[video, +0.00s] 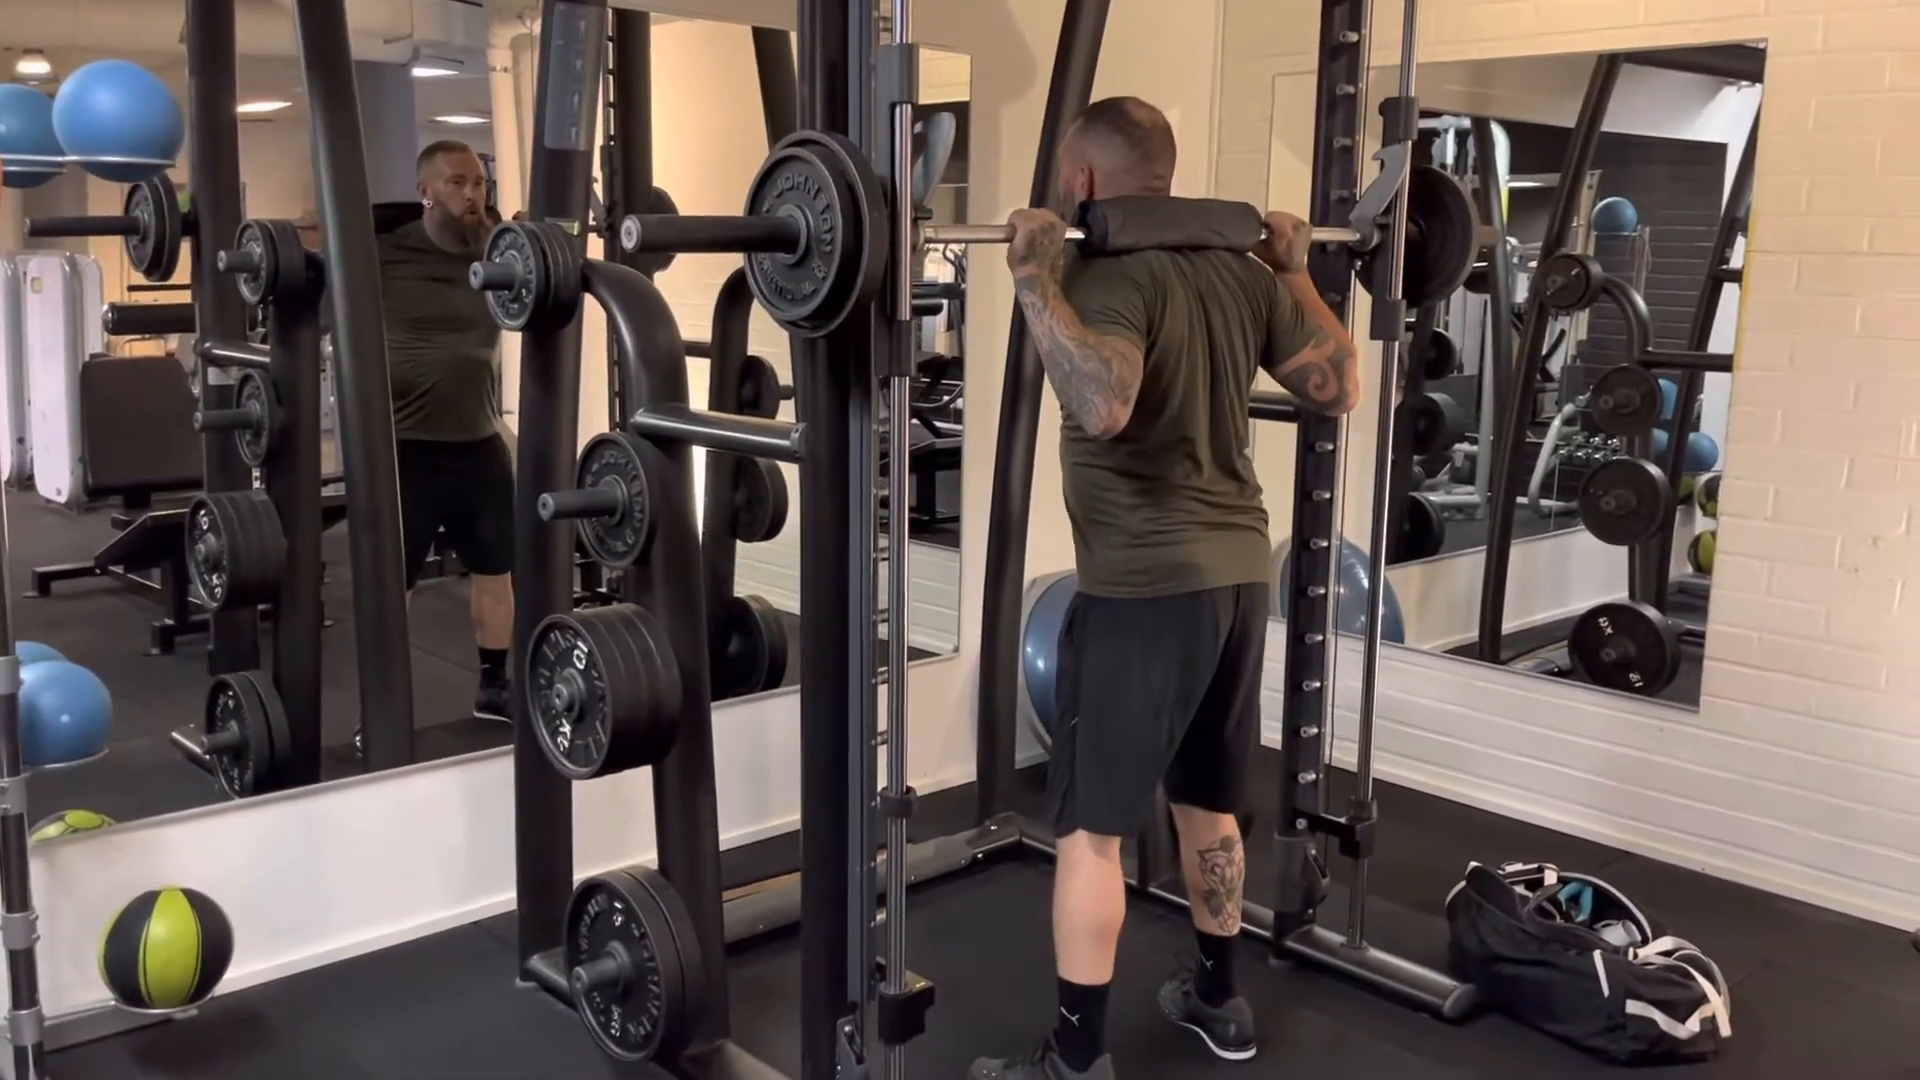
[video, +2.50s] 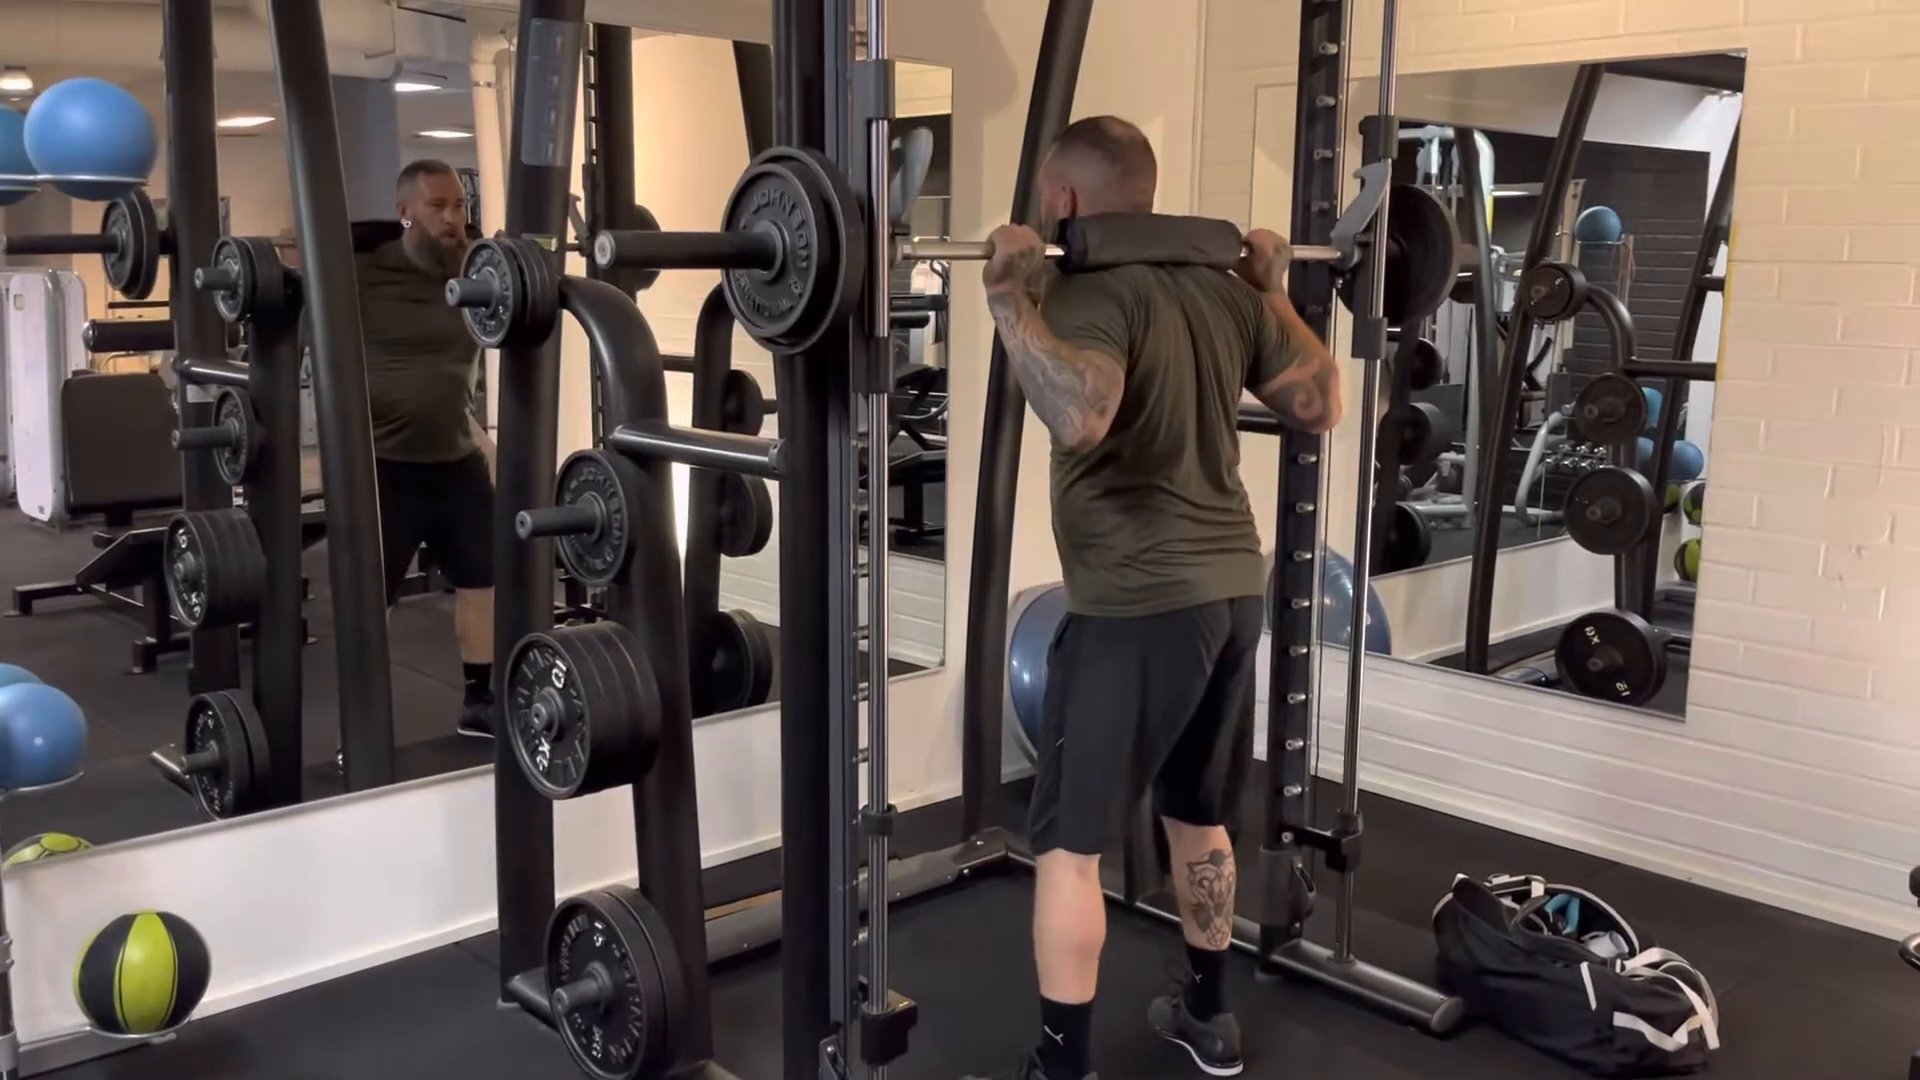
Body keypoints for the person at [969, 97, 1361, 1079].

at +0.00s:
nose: (1059, 195)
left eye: (1063, 179)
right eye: (1062, 180)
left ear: (1089, 175)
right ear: (1169, 173)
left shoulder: (1115, 269)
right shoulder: (1241, 266)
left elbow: (1103, 404)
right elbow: (1333, 386)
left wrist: (1034, 277)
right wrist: (1295, 270)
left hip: (1144, 587)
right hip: (1241, 576)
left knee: (1095, 820)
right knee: (1206, 787)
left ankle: (1077, 1050)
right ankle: (1219, 1000)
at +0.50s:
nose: (1043, 347)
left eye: (1047, 330)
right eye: (1046, 328)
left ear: (1071, 337)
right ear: (1140, 333)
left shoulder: (1106, 423)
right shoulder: (1233, 412)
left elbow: (1102, 556)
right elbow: (1337, 517)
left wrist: (1023, 451)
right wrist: (1279, 413)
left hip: (1193, 733)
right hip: (1292, 719)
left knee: (996, 834)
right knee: (1178, 813)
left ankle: (1062, 1050)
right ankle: (1213, 998)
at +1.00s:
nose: (1036, 551)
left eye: (1037, 533)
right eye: (1035, 532)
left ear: (1063, 544)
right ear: (1138, 529)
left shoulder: (1099, 620)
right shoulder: (1221, 597)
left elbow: (1094, 762)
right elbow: (1329, 697)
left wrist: (1009, 648)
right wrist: (1267, 589)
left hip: (1208, 920)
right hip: (1305, 898)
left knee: (977, 838)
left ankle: (1057, 1055)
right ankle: (1209, 1007)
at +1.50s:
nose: (1036, 450)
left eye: (1038, 436)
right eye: (1034, 436)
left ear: (1060, 445)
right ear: (1139, 431)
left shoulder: (1097, 526)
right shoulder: (1222, 511)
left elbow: (1091, 656)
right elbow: (1328, 609)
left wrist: (1008, 546)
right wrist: (1267, 503)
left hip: (1203, 819)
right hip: (1304, 801)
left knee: (985, 845)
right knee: (1159, 791)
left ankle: (1053, 1055)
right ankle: (1203, 1000)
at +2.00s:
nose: (1041, 211)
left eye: (1044, 195)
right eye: (1045, 196)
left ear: (1069, 194)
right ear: (1148, 192)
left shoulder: (1099, 283)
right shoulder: (1225, 279)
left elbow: (1084, 413)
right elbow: (1317, 398)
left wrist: (1010, 289)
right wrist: (1275, 285)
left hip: (1151, 600)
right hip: (1250, 591)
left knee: (1075, 832)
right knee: (1203, 794)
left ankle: (1062, 1063)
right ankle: (1212, 1012)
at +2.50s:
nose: (1042, 214)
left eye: (1044, 199)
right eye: (1045, 200)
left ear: (1067, 195)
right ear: (1147, 191)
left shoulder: (1095, 283)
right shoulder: (1225, 281)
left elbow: (1081, 414)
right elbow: (1315, 402)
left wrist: (1009, 291)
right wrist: (1273, 293)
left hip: (1135, 604)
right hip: (1234, 592)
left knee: (1072, 840)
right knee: (1197, 806)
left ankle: (1061, 1065)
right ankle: (1209, 1016)